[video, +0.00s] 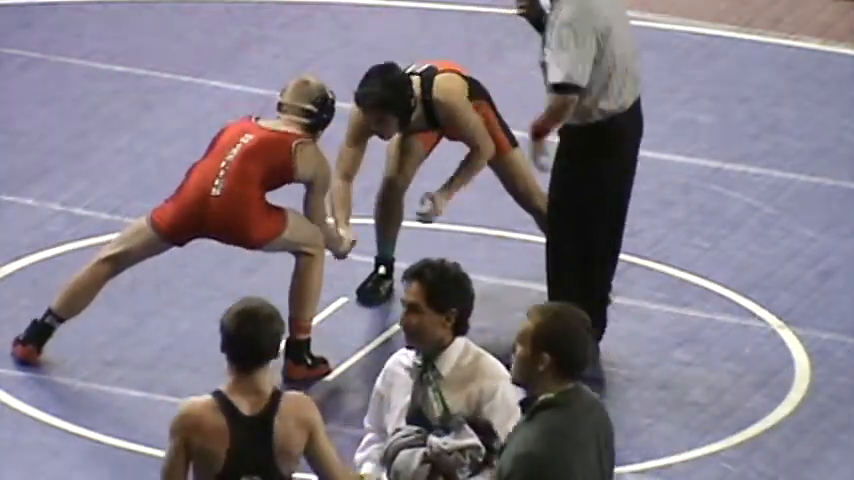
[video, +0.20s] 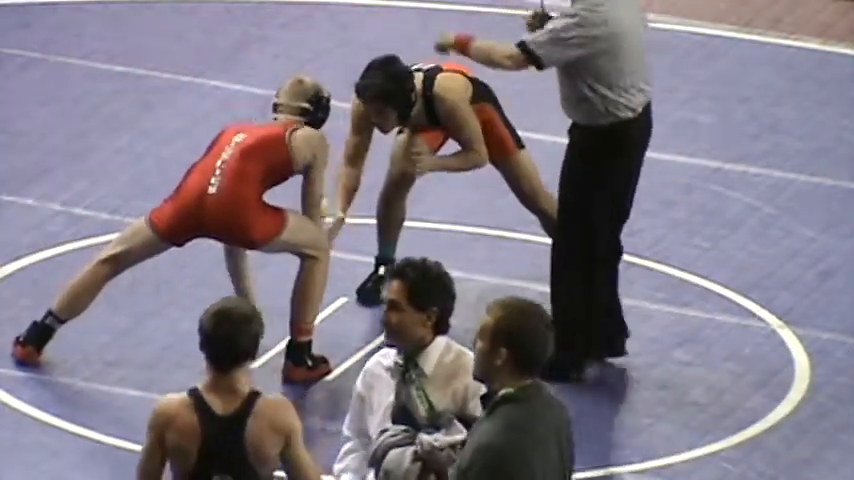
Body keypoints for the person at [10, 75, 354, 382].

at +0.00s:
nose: (281, 102)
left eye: (283, 98)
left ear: (281, 106)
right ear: (321, 121)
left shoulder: (239, 126)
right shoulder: (314, 159)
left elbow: (207, 172)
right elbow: (319, 229)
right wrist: (340, 246)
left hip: (187, 207)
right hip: (242, 219)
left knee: (110, 261)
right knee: (315, 245)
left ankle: (33, 339)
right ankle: (300, 358)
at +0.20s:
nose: (281, 95)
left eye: (283, 95)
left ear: (279, 107)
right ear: (316, 117)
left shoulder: (240, 131)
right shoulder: (313, 140)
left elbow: (232, 227)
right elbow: (313, 214)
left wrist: (247, 306)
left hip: (185, 207)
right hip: (238, 215)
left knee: (109, 262)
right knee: (319, 247)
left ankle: (34, 339)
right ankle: (300, 356)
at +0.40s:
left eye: (284, 100)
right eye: (321, 125)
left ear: (278, 113)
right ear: (315, 119)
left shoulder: (238, 137)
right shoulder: (310, 137)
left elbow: (234, 237)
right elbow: (296, 209)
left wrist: (240, 317)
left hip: (182, 211)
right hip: (238, 218)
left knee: (109, 259)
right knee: (319, 246)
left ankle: (34, 339)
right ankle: (299, 358)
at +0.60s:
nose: (319, 130)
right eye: (321, 122)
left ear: (278, 108)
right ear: (316, 115)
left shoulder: (237, 133)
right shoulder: (310, 135)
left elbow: (226, 239)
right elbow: (293, 209)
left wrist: (247, 302)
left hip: (182, 210)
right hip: (239, 218)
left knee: (106, 261)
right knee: (316, 245)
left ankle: (34, 339)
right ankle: (297, 361)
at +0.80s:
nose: (322, 124)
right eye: (325, 115)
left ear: (283, 98)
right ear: (319, 110)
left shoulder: (242, 122)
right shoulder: (310, 136)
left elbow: (206, 176)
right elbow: (292, 205)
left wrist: (281, 191)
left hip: (182, 206)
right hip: (237, 218)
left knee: (108, 259)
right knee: (313, 245)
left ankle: (36, 337)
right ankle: (299, 343)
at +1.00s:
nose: (317, 107)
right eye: (316, 100)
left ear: (276, 93)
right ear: (310, 104)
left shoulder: (252, 107)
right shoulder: (295, 135)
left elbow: (308, 118)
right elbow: (267, 212)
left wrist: (363, 103)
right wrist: (292, 188)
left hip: (155, 204)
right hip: (205, 217)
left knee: (107, 254)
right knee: (292, 243)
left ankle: (38, 323)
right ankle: (294, 342)